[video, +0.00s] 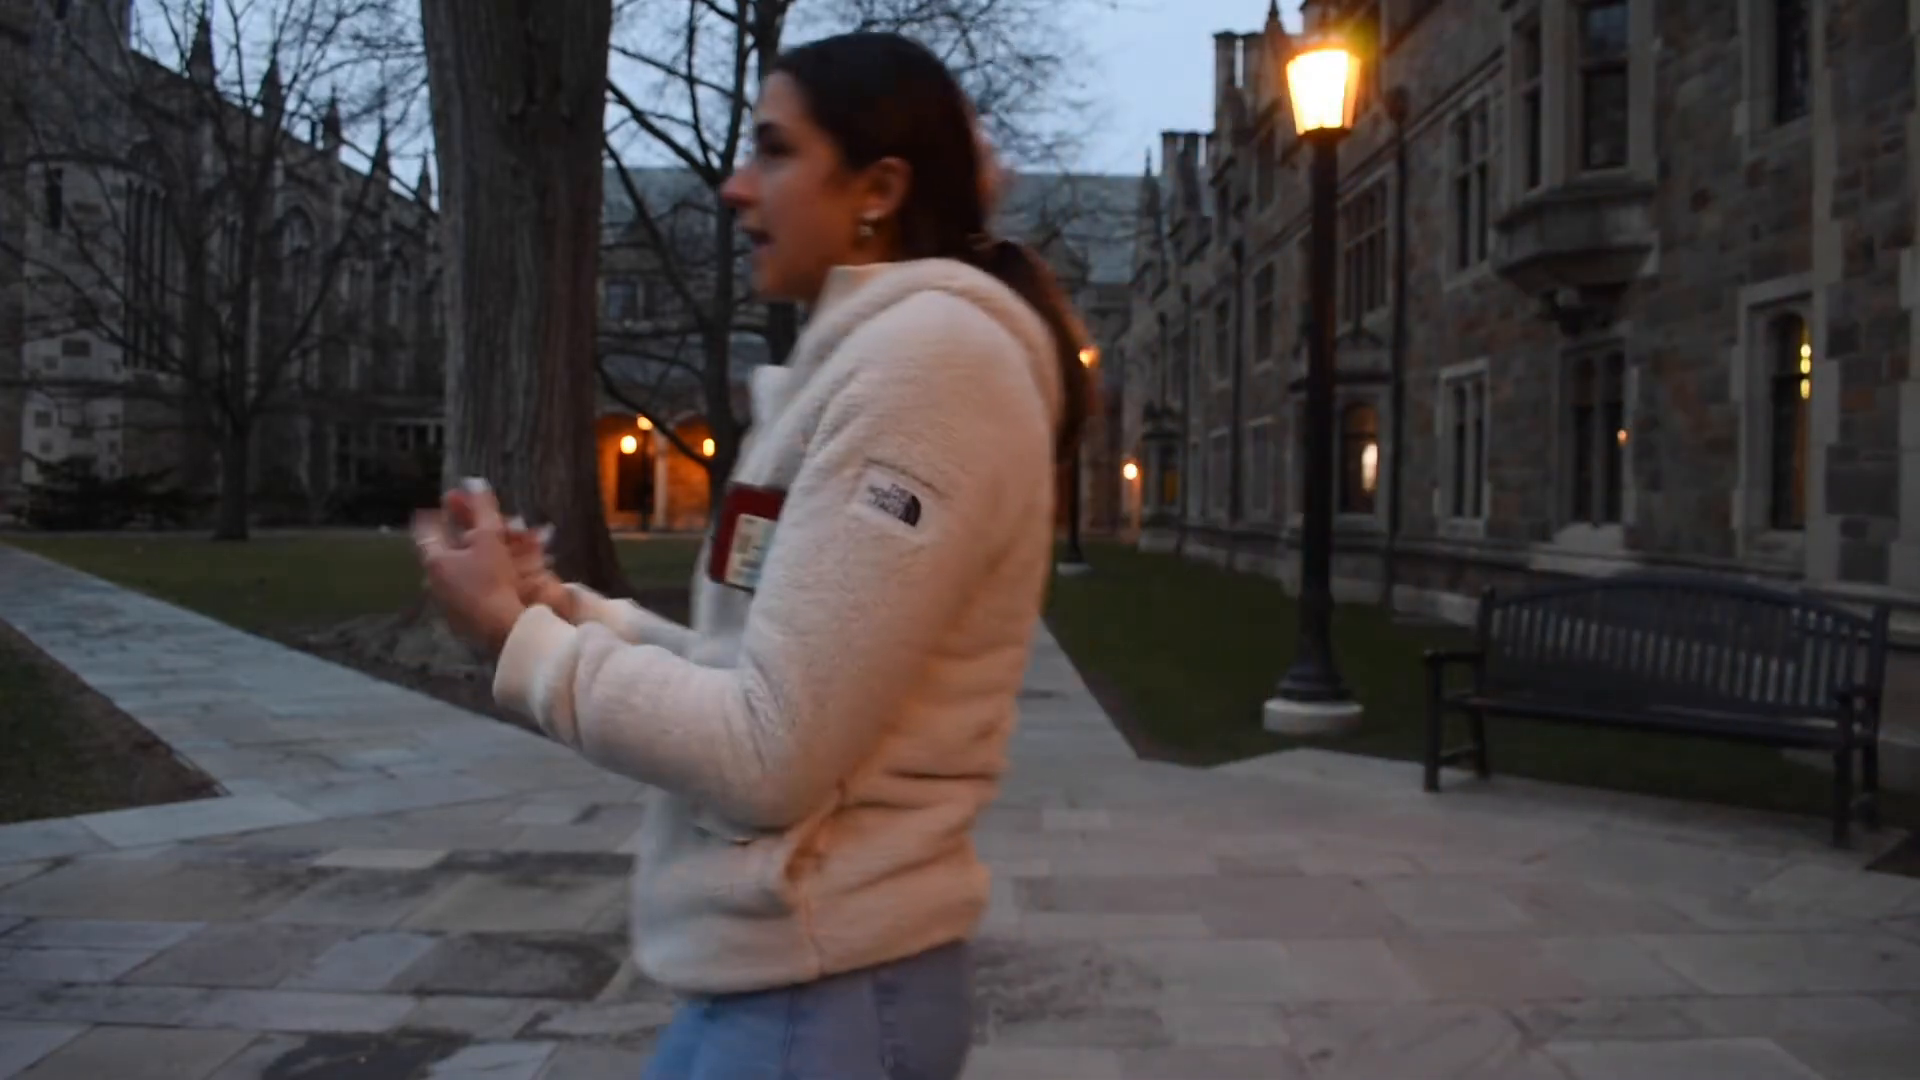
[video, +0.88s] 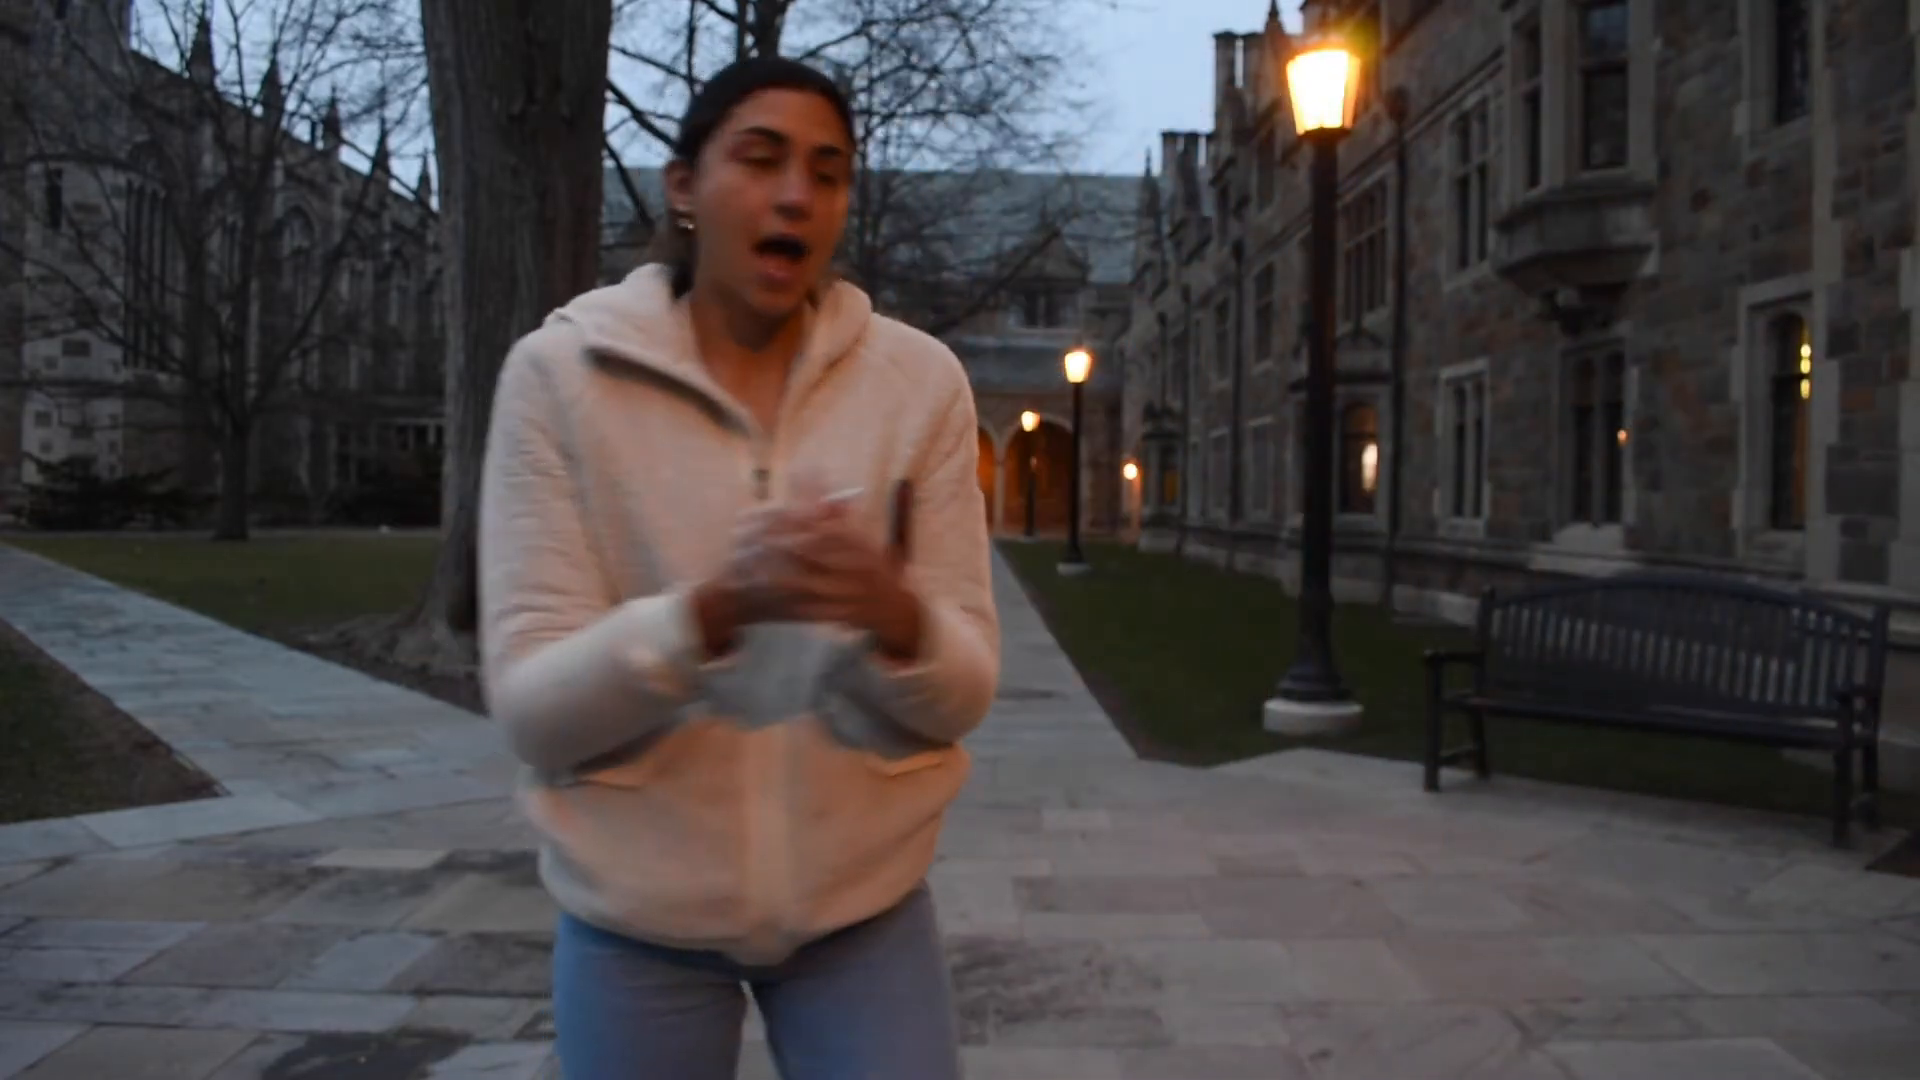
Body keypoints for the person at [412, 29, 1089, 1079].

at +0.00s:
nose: (736, 188)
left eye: (774, 151)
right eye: (750, 152)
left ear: (879, 188)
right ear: (864, 194)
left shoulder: (932, 357)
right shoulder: (869, 351)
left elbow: (770, 751)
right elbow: (758, 678)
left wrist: (515, 632)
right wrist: (554, 600)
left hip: (828, 1001)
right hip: (783, 984)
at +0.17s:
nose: (689, 185)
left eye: (731, 151)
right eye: (699, 151)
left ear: (842, 188)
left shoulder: (910, 357)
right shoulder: (760, 358)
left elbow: (777, 741)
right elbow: (709, 674)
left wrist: (500, 616)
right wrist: (503, 604)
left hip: (805, 971)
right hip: (675, 953)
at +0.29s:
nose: (675, 184)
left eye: (722, 154)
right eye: (679, 152)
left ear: (827, 197)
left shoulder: (904, 367)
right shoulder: (689, 374)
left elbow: (800, 733)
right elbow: (638, 697)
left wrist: (513, 617)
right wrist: (493, 616)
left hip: (787, 956)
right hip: (621, 941)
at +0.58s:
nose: (694, 184)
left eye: (742, 157)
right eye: (672, 148)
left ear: (804, 207)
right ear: (643, 180)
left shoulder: (898, 377)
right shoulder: (554, 378)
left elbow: (888, 704)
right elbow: (498, 712)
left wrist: (662, 618)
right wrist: (527, 623)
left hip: (811, 922)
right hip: (599, 920)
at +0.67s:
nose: (717, 187)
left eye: (758, 162)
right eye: (687, 151)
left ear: (807, 211)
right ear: (645, 187)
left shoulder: (900, 378)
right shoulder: (537, 379)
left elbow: (916, 691)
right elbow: (486, 698)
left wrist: (732, 625)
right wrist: (564, 626)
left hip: (825, 915)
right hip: (604, 919)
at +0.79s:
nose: (760, 195)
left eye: (796, 169)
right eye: (726, 156)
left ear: (825, 208)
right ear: (660, 186)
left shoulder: (909, 381)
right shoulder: (541, 379)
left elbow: (943, 690)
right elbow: (504, 702)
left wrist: (833, 621)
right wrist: (650, 620)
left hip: (848, 904)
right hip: (619, 913)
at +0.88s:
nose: (797, 198)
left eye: (827, 173)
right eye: (759, 157)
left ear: (848, 210)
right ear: (682, 186)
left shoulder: (920, 382)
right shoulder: (560, 375)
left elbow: (961, 694)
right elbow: (533, 711)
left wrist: (893, 613)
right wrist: (721, 603)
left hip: (866, 910)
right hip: (636, 922)